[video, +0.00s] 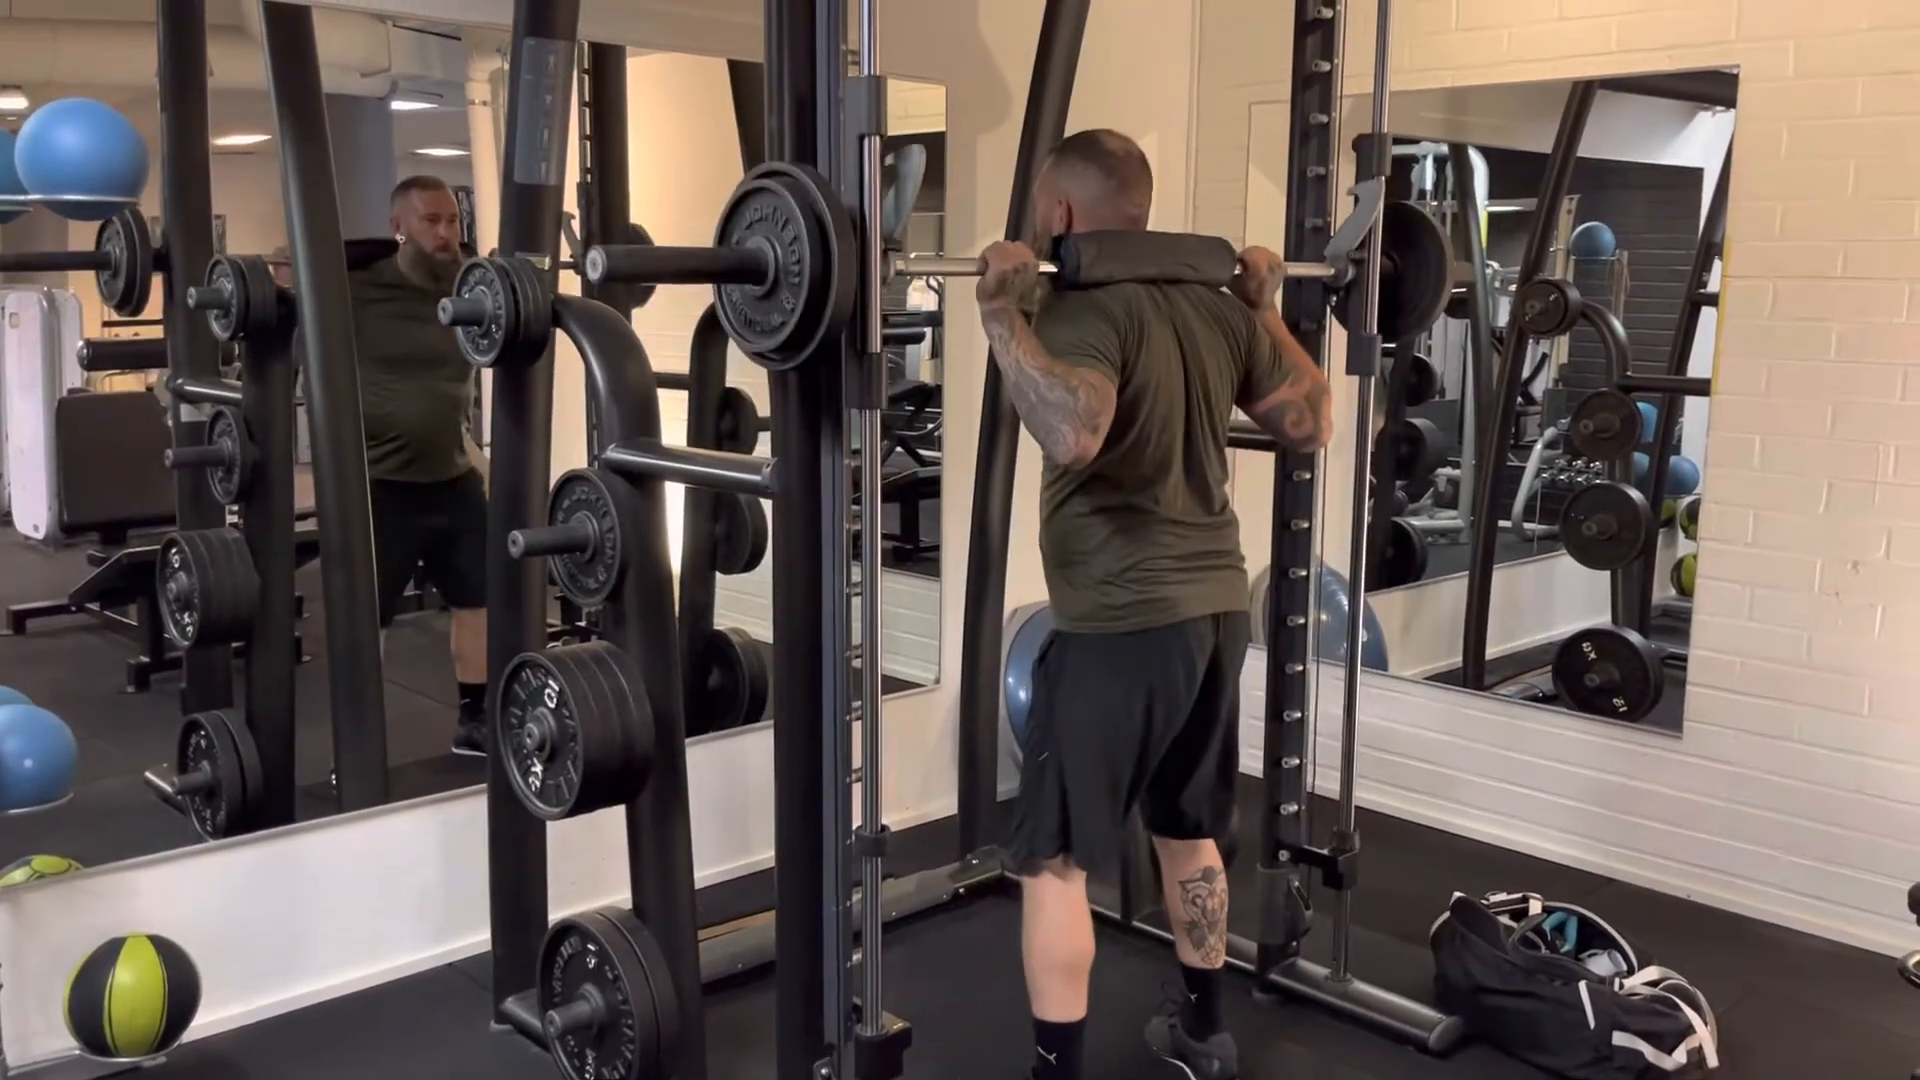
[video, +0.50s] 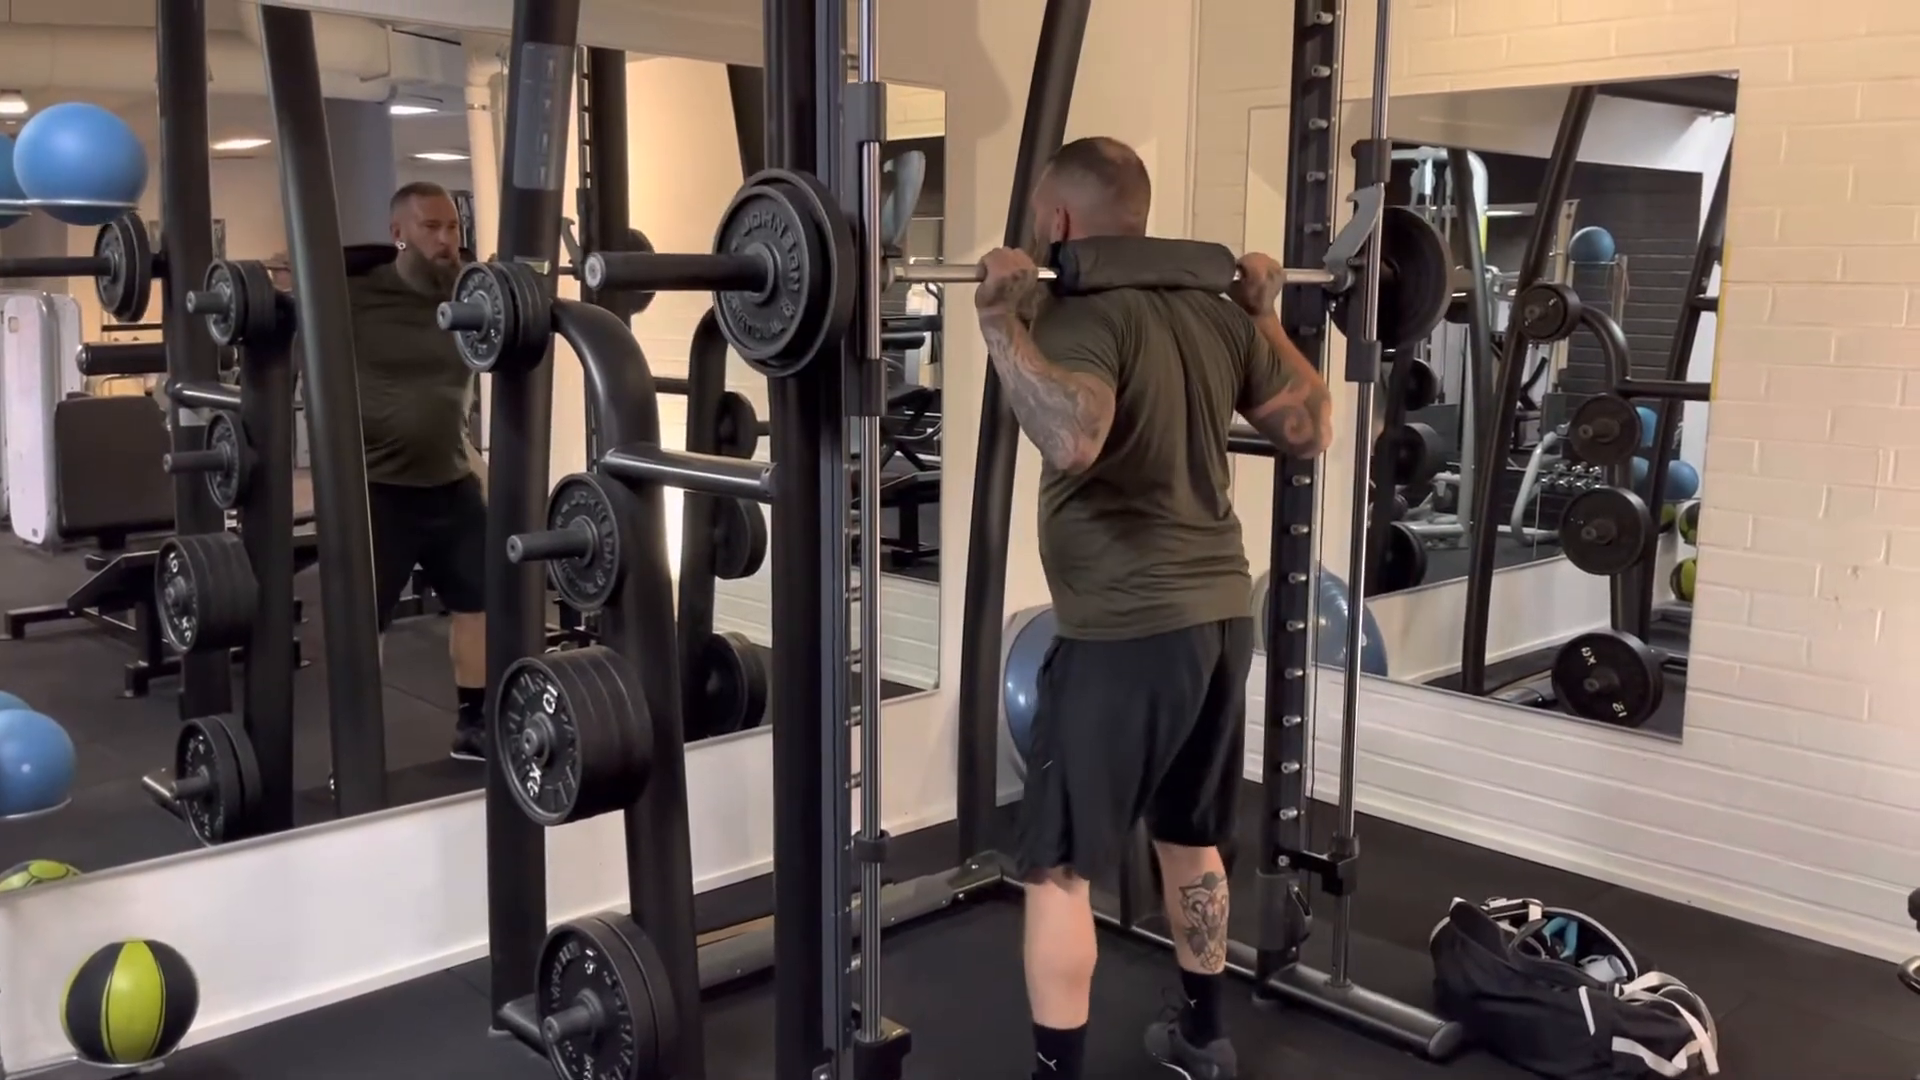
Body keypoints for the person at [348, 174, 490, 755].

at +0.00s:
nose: (448, 232)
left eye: (454, 220)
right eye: (434, 220)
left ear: (462, 225)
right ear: (399, 225)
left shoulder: (466, 289)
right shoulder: (355, 292)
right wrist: (278, 283)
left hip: (453, 479)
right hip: (378, 484)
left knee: (476, 594)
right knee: (361, 617)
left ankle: (477, 717)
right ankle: (353, 731)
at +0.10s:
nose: (449, 233)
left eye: (455, 221)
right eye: (434, 221)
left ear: (462, 226)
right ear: (399, 227)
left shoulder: (466, 291)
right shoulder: (355, 293)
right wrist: (277, 283)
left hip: (453, 482)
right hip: (378, 486)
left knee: (477, 596)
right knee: (362, 619)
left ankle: (477, 719)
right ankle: (353, 734)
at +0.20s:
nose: (449, 236)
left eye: (454, 224)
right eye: (434, 224)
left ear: (462, 229)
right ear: (399, 229)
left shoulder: (466, 294)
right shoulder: (355, 295)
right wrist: (276, 289)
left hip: (453, 485)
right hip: (378, 489)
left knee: (478, 597)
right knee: (361, 621)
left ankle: (476, 722)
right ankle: (353, 737)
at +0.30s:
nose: (448, 237)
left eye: (454, 226)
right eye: (434, 226)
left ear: (462, 230)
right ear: (399, 230)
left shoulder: (466, 296)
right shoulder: (354, 297)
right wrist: (274, 292)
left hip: (454, 486)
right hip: (378, 490)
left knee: (477, 599)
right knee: (361, 623)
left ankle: (476, 723)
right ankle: (353, 739)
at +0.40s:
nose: (448, 238)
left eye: (454, 226)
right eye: (434, 226)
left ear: (462, 231)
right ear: (399, 231)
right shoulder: (354, 298)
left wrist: (479, 465)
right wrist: (275, 294)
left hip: (454, 486)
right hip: (378, 490)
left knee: (477, 599)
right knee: (361, 622)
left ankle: (476, 723)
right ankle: (352, 738)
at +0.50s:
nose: (449, 238)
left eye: (455, 227)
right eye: (434, 227)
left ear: (462, 232)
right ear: (399, 232)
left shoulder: (467, 297)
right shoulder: (354, 297)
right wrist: (274, 287)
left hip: (452, 484)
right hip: (376, 488)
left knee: (477, 597)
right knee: (359, 619)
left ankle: (475, 723)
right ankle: (352, 737)